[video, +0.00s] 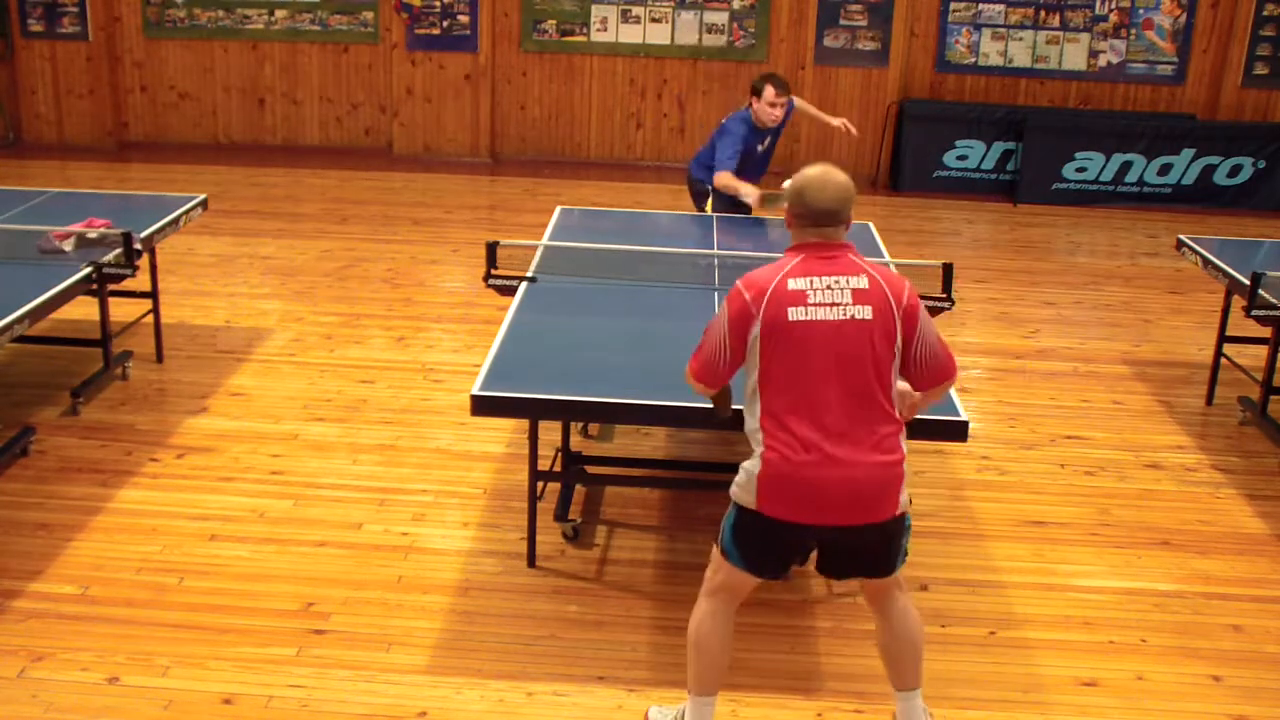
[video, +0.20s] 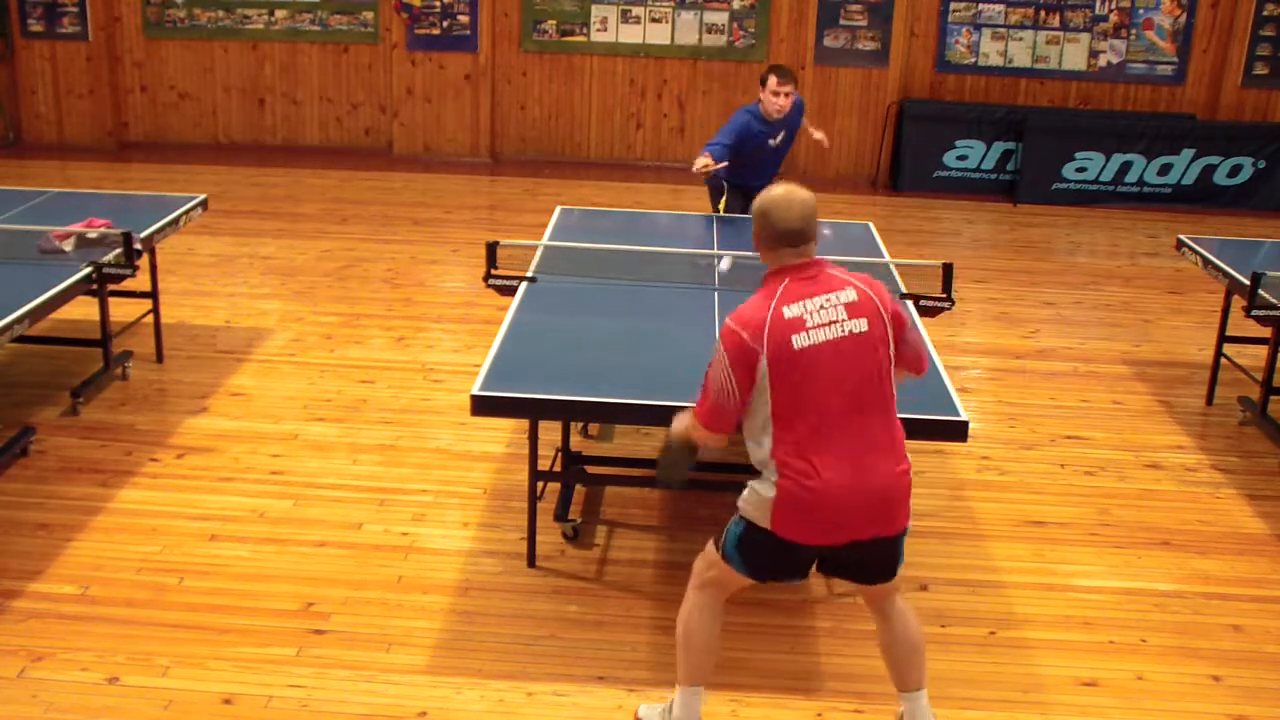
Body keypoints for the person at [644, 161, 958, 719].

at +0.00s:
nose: (784, 214)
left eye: (786, 207)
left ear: (789, 216)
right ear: (850, 218)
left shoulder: (758, 288)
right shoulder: (890, 287)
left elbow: (705, 375)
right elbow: (941, 369)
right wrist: (907, 401)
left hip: (780, 490)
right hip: (874, 492)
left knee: (721, 594)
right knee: (888, 593)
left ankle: (696, 713)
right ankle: (912, 712)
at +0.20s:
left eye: (756, 230)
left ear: (756, 239)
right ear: (817, 233)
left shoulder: (750, 323)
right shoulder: (871, 292)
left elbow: (713, 428)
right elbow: (915, 363)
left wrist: (687, 423)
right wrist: (852, 362)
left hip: (796, 505)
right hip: (884, 499)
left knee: (709, 582)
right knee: (886, 597)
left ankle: (684, 711)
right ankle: (919, 711)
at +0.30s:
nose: (711, 263)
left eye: (712, 257)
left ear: (718, 266)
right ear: (775, 249)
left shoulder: (744, 351)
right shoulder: (829, 289)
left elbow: (737, 471)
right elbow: (863, 349)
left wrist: (691, 494)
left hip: (812, 514)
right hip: (891, 496)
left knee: (711, 583)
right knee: (881, 596)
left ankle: (683, 708)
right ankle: (926, 709)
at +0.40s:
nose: (672, 300)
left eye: (671, 292)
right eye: (671, 291)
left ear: (681, 298)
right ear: (730, 270)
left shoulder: (734, 364)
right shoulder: (774, 291)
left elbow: (768, 471)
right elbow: (824, 304)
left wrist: (704, 524)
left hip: (818, 511)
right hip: (886, 482)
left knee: (702, 584)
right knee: (884, 601)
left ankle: (681, 709)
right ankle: (944, 704)